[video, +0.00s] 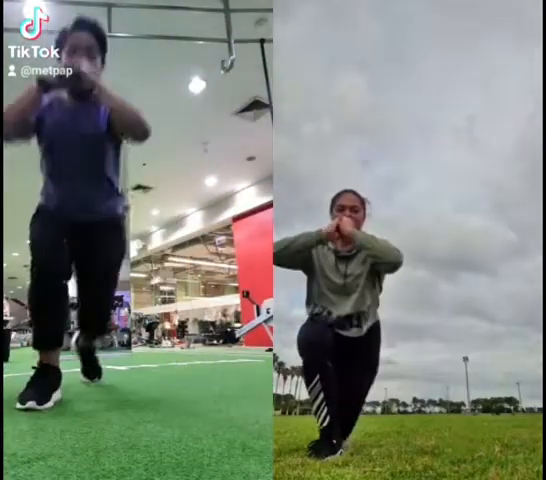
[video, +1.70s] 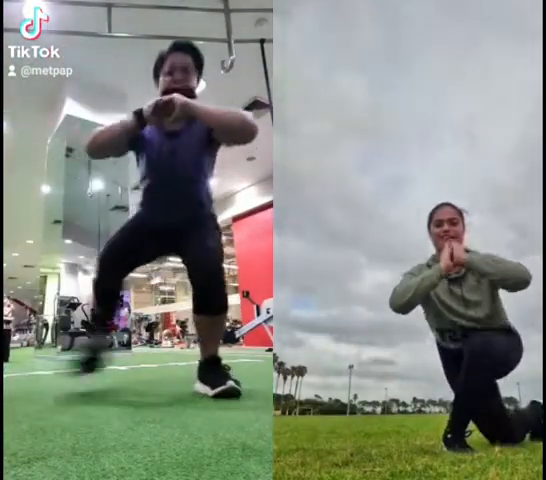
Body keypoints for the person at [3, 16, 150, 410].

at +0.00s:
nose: (80, 60)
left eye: (89, 54)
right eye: (72, 52)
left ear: (101, 62)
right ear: (59, 57)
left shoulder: (108, 107)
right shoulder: (46, 105)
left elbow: (141, 131)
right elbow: (7, 128)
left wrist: (98, 89)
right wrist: (39, 86)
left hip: (104, 215)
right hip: (55, 213)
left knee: (100, 297)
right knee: (45, 280)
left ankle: (87, 344)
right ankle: (47, 369)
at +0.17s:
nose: (88, 99)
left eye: (97, 92)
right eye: (81, 90)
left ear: (108, 100)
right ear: (67, 92)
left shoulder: (114, 140)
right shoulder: (48, 136)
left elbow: (122, 178)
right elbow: (9, 172)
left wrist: (88, 130)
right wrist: (46, 126)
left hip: (93, 242)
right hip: (47, 236)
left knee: (95, 324)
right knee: (44, 275)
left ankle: (90, 355)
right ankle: (47, 369)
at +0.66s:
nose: (87, 71)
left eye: (96, 64)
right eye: (80, 63)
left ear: (108, 72)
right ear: (66, 69)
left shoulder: (116, 115)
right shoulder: (53, 115)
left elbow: (144, 136)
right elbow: (10, 136)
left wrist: (99, 96)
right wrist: (46, 95)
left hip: (109, 224)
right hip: (63, 219)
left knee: (111, 308)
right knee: (57, 286)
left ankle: (96, 346)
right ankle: (49, 369)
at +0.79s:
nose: (105, 62)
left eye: (114, 54)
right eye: (98, 53)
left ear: (126, 62)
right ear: (84, 60)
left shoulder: (135, 110)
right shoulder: (70, 103)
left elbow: (171, 126)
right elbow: (25, 122)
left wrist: (126, 82)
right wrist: (72, 80)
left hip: (120, 217)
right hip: (72, 214)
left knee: (160, 280)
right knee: (53, 279)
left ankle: (141, 344)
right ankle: (48, 371)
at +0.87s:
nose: (119, 72)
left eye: (128, 64)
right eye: (111, 64)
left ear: (139, 73)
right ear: (97, 71)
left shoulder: (146, 120)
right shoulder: (81, 114)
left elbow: (185, 134)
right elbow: (39, 132)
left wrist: (140, 91)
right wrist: (82, 99)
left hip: (130, 224)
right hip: (80, 224)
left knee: (180, 267)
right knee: (48, 271)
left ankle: (184, 356)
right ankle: (47, 371)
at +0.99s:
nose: (135, 100)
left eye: (143, 92)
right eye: (126, 92)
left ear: (154, 101)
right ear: (111, 100)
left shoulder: (161, 148)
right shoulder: (99, 143)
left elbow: (206, 161)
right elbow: (62, 164)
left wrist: (160, 118)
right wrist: (109, 125)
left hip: (147, 249)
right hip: (97, 248)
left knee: (198, 271)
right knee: (51, 267)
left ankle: (205, 368)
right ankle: (48, 372)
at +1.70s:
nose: (176, 78)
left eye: (185, 72)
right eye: (169, 72)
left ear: (197, 80)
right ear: (157, 80)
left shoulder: (207, 123)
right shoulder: (143, 125)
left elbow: (247, 130)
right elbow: (94, 147)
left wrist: (193, 109)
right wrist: (138, 120)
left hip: (197, 224)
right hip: (152, 222)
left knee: (210, 281)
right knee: (110, 262)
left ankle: (211, 367)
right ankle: (99, 334)